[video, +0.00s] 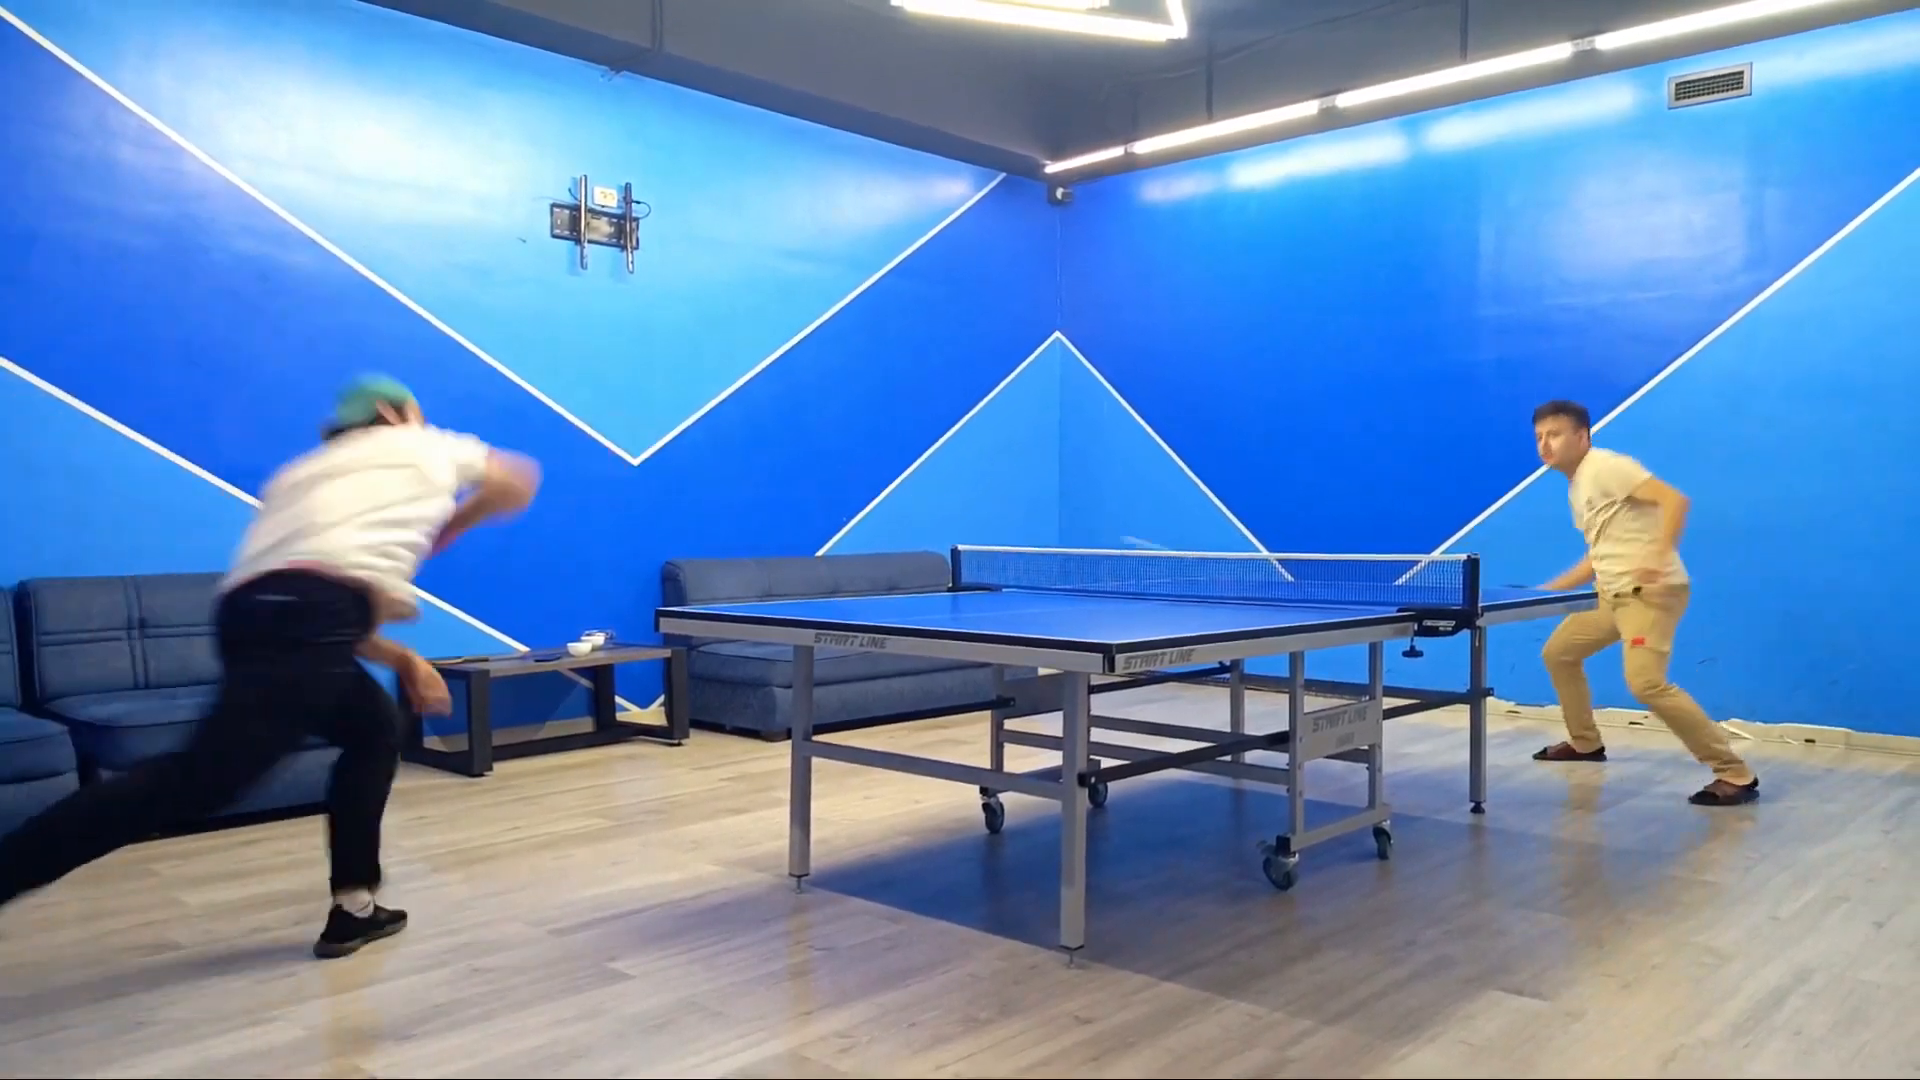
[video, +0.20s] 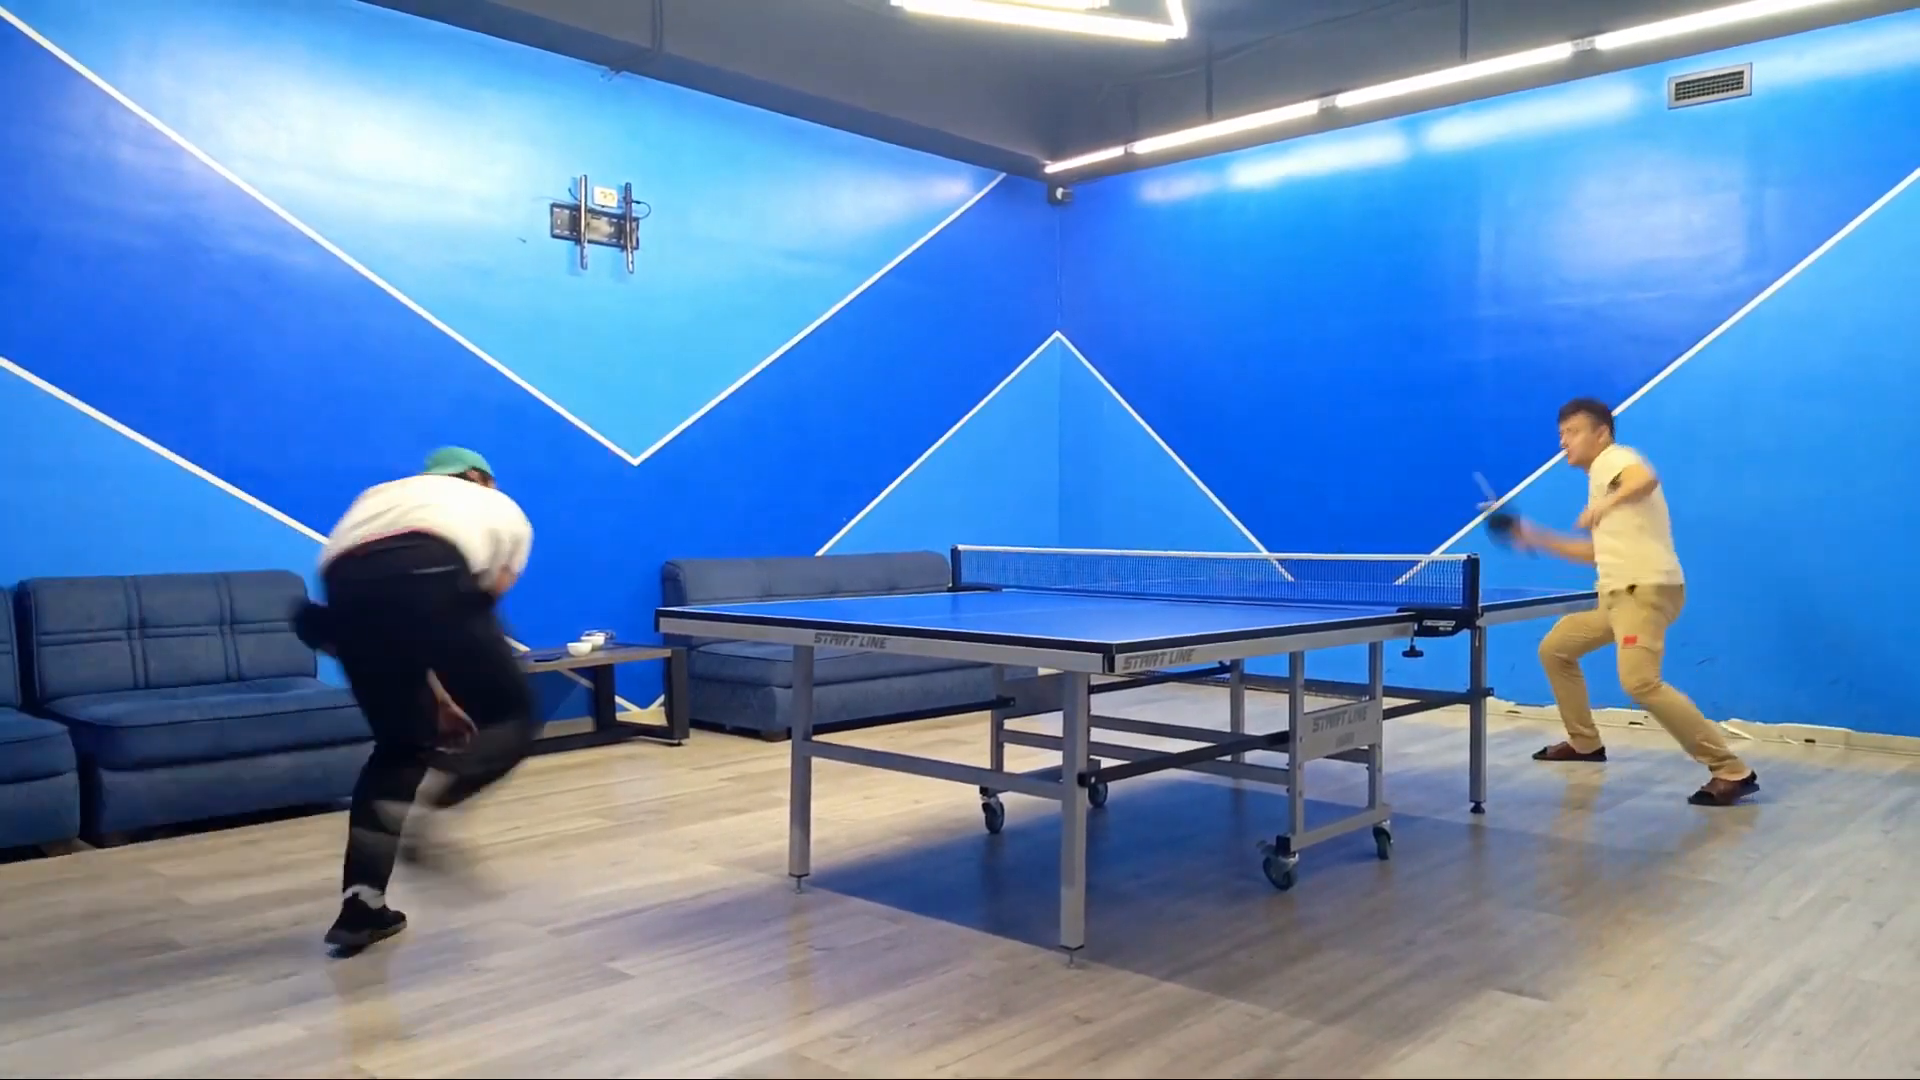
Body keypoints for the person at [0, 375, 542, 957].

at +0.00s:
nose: (424, 425)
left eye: (416, 417)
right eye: (418, 416)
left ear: (348, 424)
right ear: (398, 413)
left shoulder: (301, 472)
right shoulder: (424, 444)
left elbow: (313, 589)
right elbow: (520, 479)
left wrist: (404, 657)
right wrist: (447, 530)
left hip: (244, 621)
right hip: (311, 616)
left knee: (372, 728)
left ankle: (353, 905)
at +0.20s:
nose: (491, 488)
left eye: (486, 481)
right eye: (488, 482)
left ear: (431, 476)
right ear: (478, 478)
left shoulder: (381, 498)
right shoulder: (500, 507)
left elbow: (383, 619)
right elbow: (479, 602)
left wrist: (437, 702)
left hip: (348, 582)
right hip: (428, 566)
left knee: (401, 741)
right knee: (511, 718)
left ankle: (362, 898)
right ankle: (430, 806)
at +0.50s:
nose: (603, 448)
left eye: (599, 441)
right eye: (600, 441)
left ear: (539, 443)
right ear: (584, 441)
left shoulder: (505, 468)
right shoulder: (624, 476)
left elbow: (451, 527)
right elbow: (631, 548)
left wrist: (418, 602)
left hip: (534, 574)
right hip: (606, 574)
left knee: (492, 695)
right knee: (594, 683)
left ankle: (456, 792)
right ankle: (596, 808)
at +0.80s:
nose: (642, 345)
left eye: (635, 338)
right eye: (632, 339)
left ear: (596, 360)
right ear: (608, 352)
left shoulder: (568, 410)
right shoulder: (667, 374)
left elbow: (529, 453)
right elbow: (721, 438)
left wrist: (528, 512)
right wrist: (695, 485)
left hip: (605, 529)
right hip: (669, 518)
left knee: (623, 643)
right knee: (644, 649)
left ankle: (606, 761)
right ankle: (616, 780)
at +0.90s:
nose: (664, 340)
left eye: (658, 333)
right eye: (653, 335)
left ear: (620, 359)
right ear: (628, 352)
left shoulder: (590, 410)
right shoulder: (684, 380)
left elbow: (557, 458)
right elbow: (735, 443)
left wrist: (574, 530)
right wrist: (695, 467)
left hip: (627, 540)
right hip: (687, 534)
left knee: (660, 649)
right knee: (661, 656)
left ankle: (664, 754)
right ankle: (618, 777)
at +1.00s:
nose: (685, 356)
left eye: (682, 348)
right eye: (673, 351)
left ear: (642, 372)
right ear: (647, 367)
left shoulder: (612, 426)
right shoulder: (695, 405)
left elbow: (586, 486)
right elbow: (739, 470)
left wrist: (614, 555)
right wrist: (695, 451)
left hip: (644, 560)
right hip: (699, 558)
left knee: (675, 659)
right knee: (700, 662)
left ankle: (674, 761)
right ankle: (631, 753)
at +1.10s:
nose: (698, 348)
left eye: (697, 340)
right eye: (683, 344)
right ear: (661, 363)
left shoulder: (647, 413)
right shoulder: (698, 403)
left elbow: (630, 485)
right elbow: (735, 477)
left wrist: (655, 529)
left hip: (661, 554)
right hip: (705, 555)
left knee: (686, 649)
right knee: (739, 647)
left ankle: (678, 755)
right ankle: (664, 724)